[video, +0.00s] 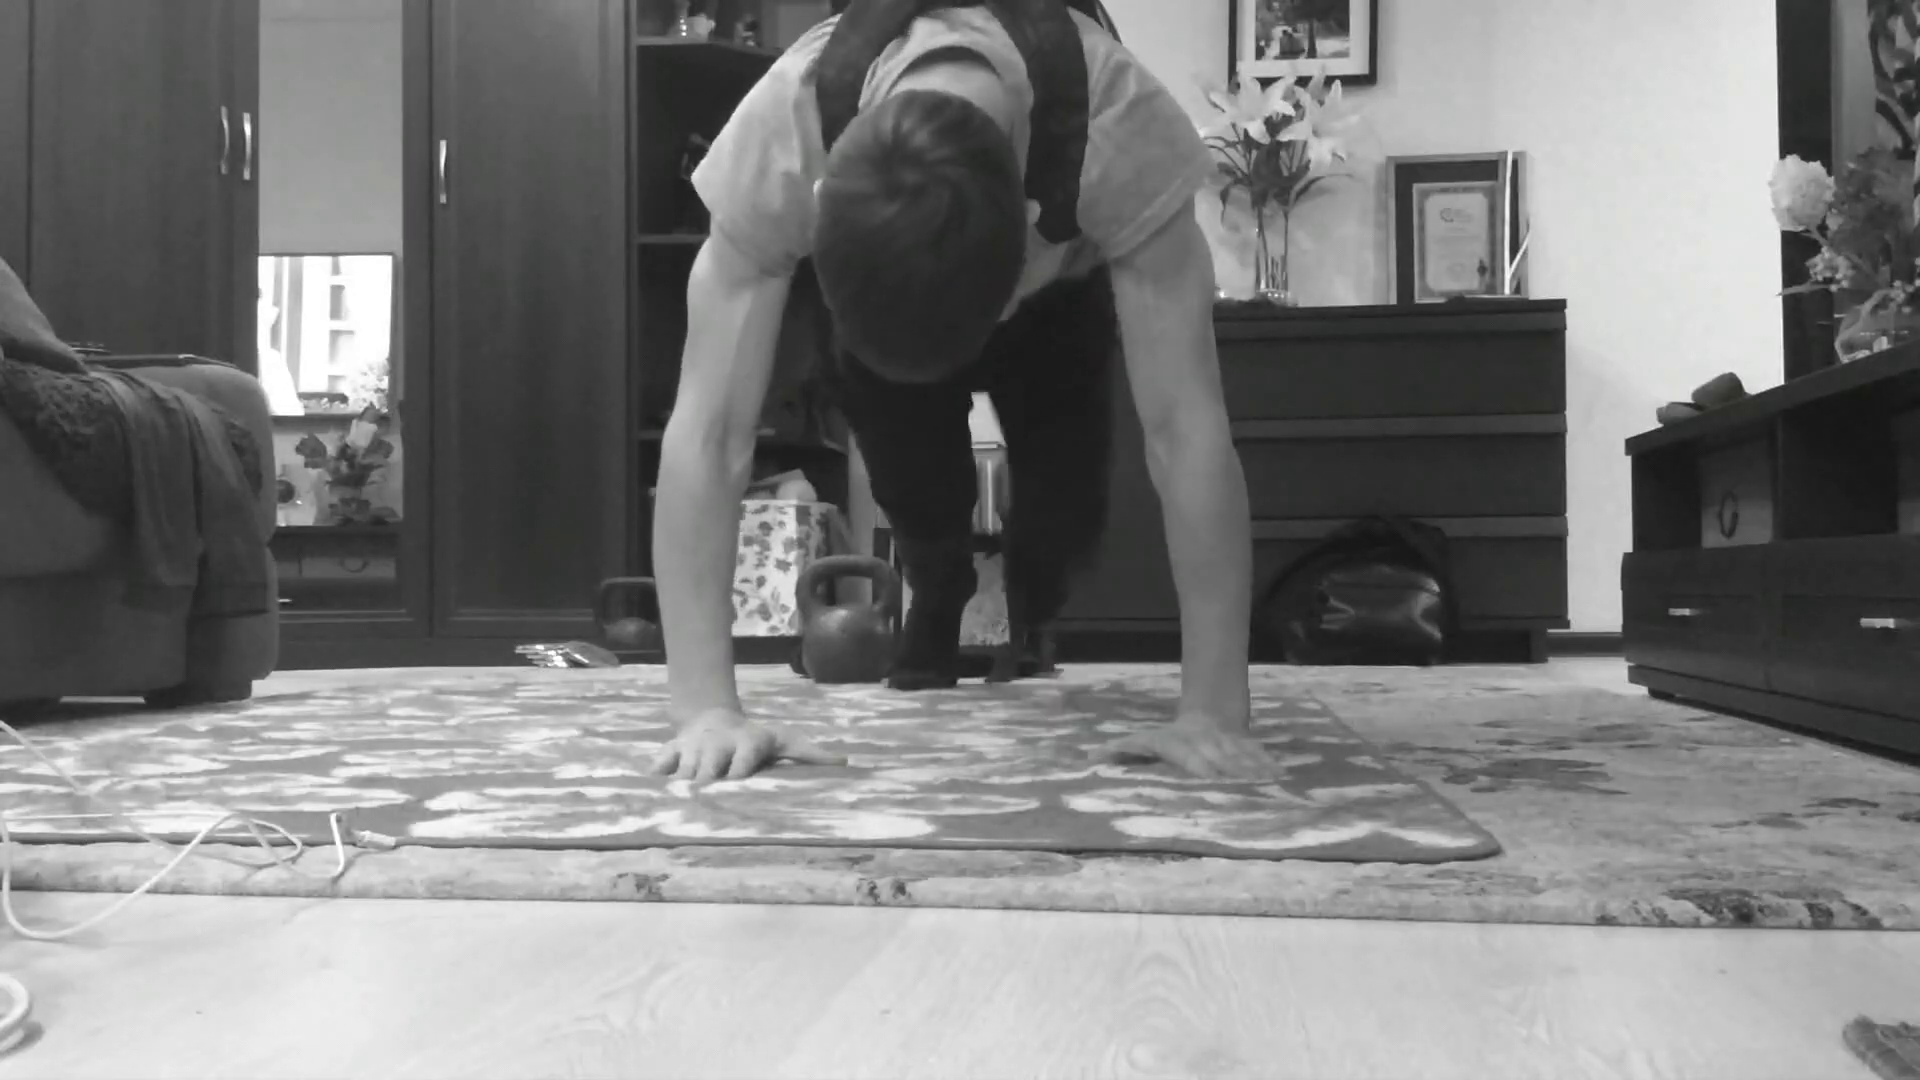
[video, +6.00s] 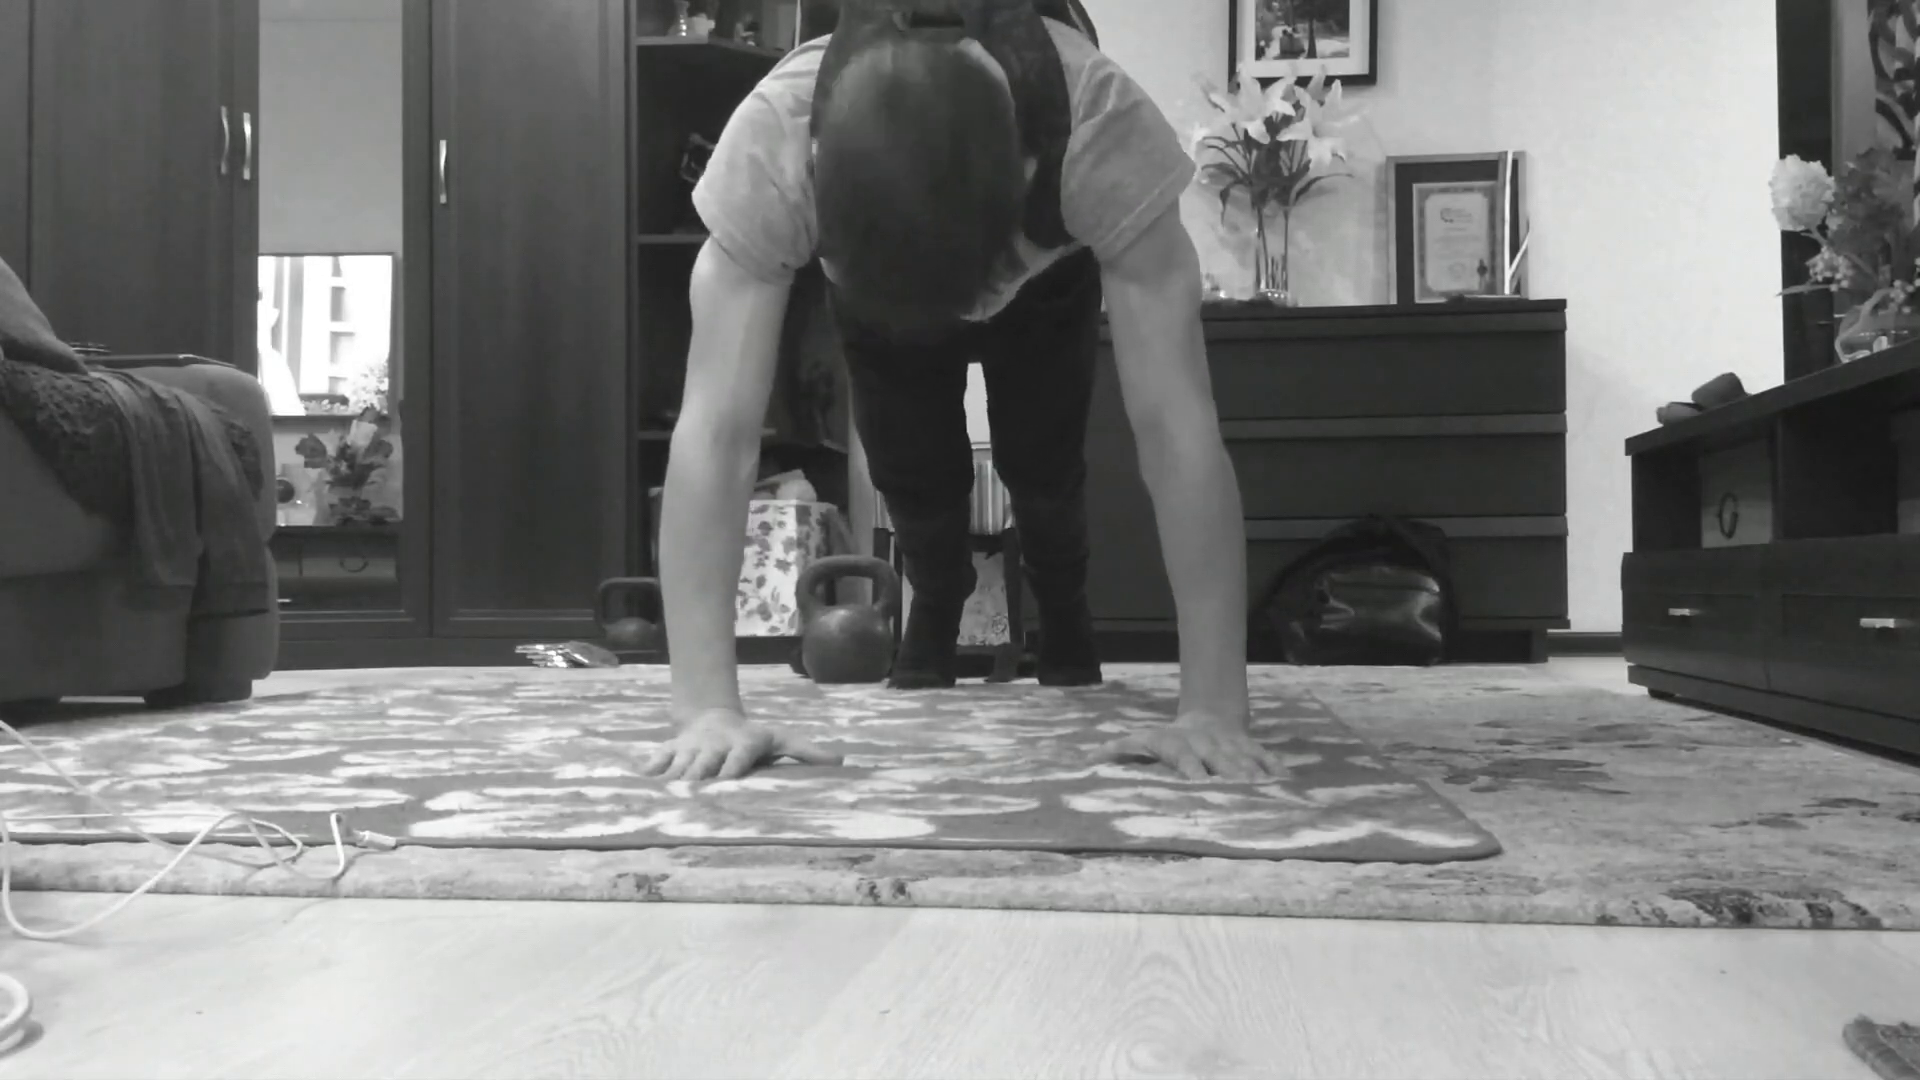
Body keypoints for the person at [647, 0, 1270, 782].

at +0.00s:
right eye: (887, 353)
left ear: (1014, 249)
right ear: (829, 223)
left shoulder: (1125, 139)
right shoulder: (778, 148)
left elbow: (1189, 431)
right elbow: (708, 434)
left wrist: (1215, 714)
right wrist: (706, 711)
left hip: (1055, 262)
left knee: (1065, 493)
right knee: (905, 474)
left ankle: (1032, 617)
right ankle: (934, 591)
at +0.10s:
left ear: (1020, 235)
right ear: (824, 222)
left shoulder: (1123, 142)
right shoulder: (777, 148)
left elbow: (1188, 429)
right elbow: (707, 433)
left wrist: (1215, 714)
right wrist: (707, 711)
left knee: (1048, 424)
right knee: (903, 439)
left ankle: (1028, 514)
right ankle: (938, 577)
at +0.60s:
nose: (942, 362)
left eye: (967, 347)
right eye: (906, 351)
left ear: (1034, 214)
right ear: (841, 224)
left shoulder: (1124, 148)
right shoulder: (789, 163)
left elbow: (1186, 431)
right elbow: (721, 436)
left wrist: (1214, 713)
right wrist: (707, 709)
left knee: (1047, 426)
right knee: (910, 425)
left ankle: (1048, 613)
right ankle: (933, 603)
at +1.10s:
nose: (936, 282)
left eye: (962, 257)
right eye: (901, 265)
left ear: (1020, 159)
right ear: (838, 175)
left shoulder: (1107, 158)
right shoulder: (782, 174)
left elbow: (1173, 443)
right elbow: (725, 444)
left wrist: (1213, 710)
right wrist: (710, 707)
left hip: (1044, 267)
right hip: (879, 282)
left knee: (1048, 474)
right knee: (915, 476)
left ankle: (1069, 644)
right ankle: (935, 611)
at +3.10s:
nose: (942, 330)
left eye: (972, 296)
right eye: (900, 314)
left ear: (1025, 178)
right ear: (829, 200)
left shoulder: (1112, 143)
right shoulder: (774, 156)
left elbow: (1169, 440)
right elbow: (727, 434)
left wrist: (1213, 709)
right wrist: (708, 708)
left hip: (1049, 259)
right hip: (870, 269)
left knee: (1045, 476)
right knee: (911, 480)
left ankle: (1056, 615)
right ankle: (930, 605)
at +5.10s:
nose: (940, 340)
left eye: (972, 317)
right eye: (902, 328)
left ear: (1027, 203)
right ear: (832, 208)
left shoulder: (1115, 146)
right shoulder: (781, 156)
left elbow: (1174, 438)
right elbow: (727, 433)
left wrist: (1214, 711)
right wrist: (709, 709)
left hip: (1047, 244)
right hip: (873, 257)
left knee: (1044, 468)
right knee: (914, 471)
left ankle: (1059, 621)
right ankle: (935, 605)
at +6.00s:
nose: (934, 326)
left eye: (965, 288)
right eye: (894, 309)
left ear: (1025, 176)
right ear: (821, 176)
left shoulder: (1115, 146)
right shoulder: (767, 156)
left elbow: (1181, 432)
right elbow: (713, 433)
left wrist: (1214, 712)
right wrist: (708, 709)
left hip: (1045, 261)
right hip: (869, 274)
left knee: (1042, 471)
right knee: (910, 477)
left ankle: (1060, 623)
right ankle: (933, 601)